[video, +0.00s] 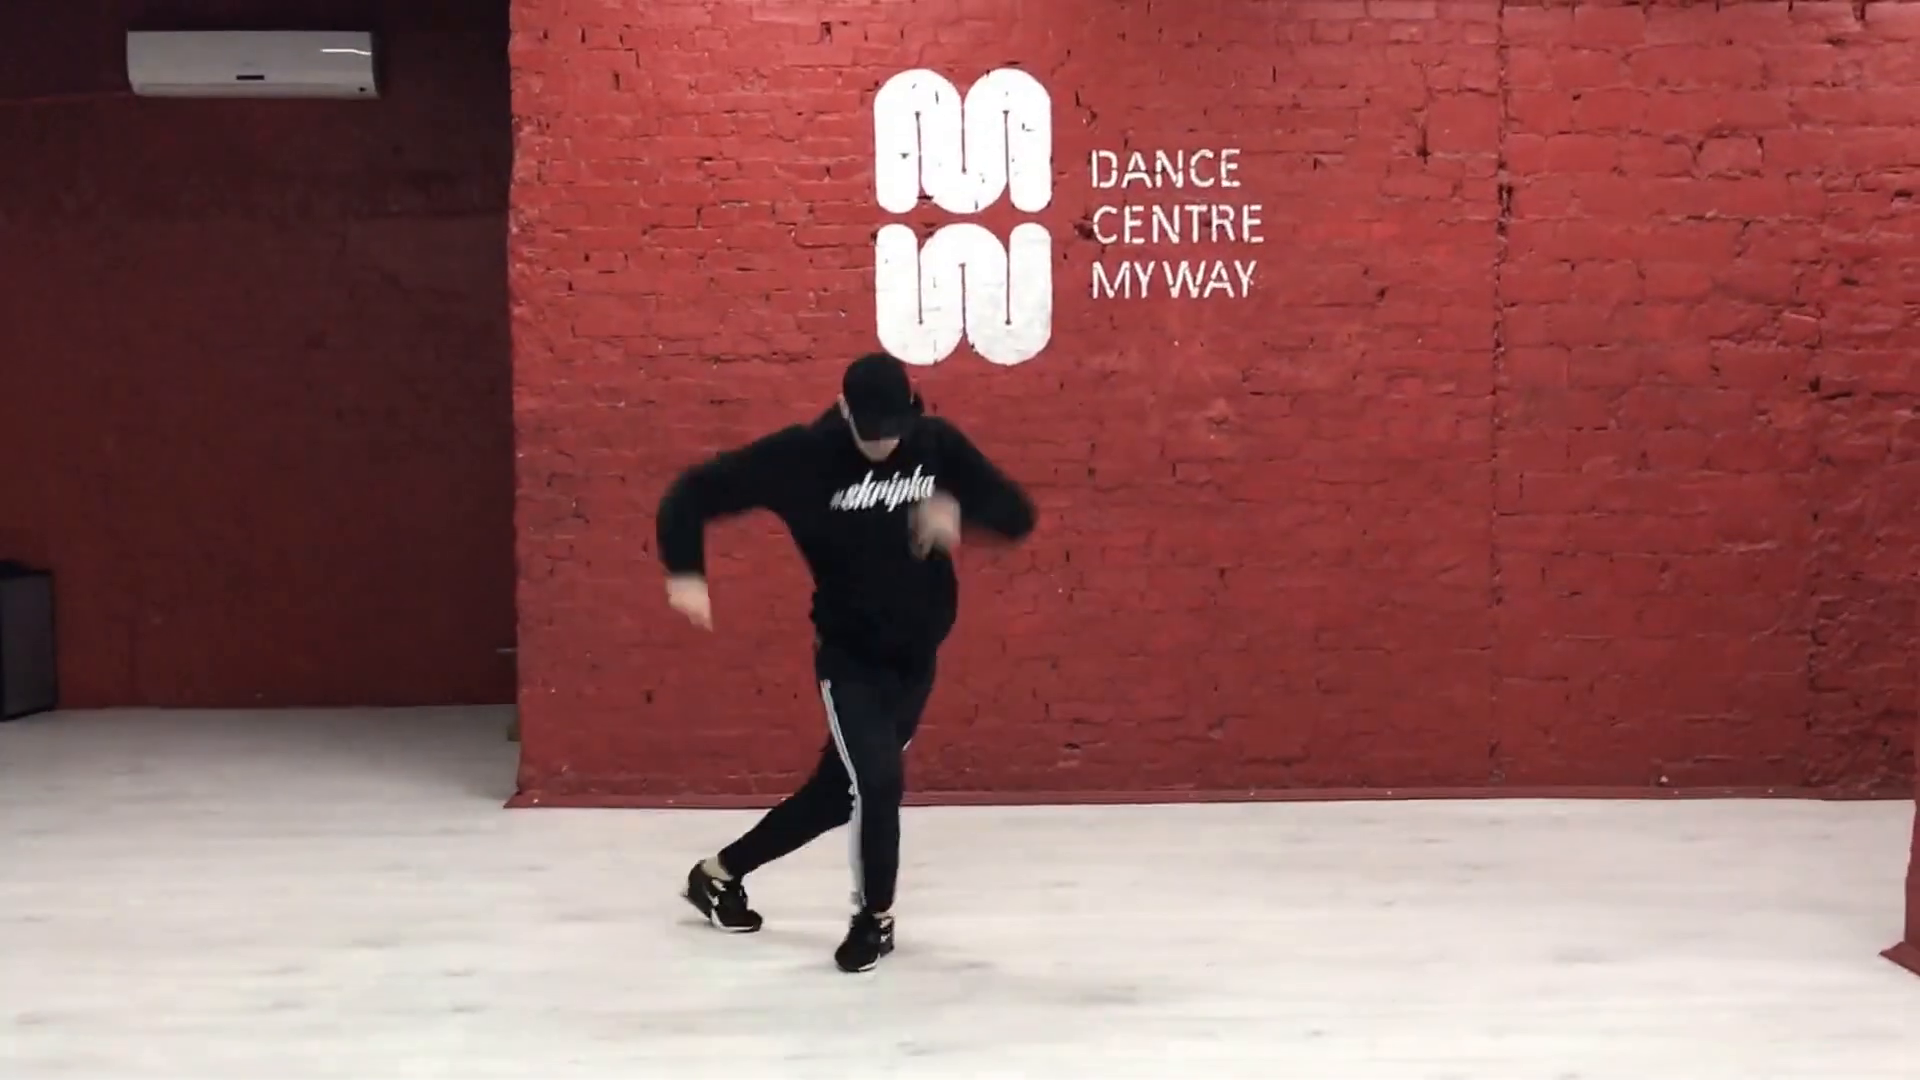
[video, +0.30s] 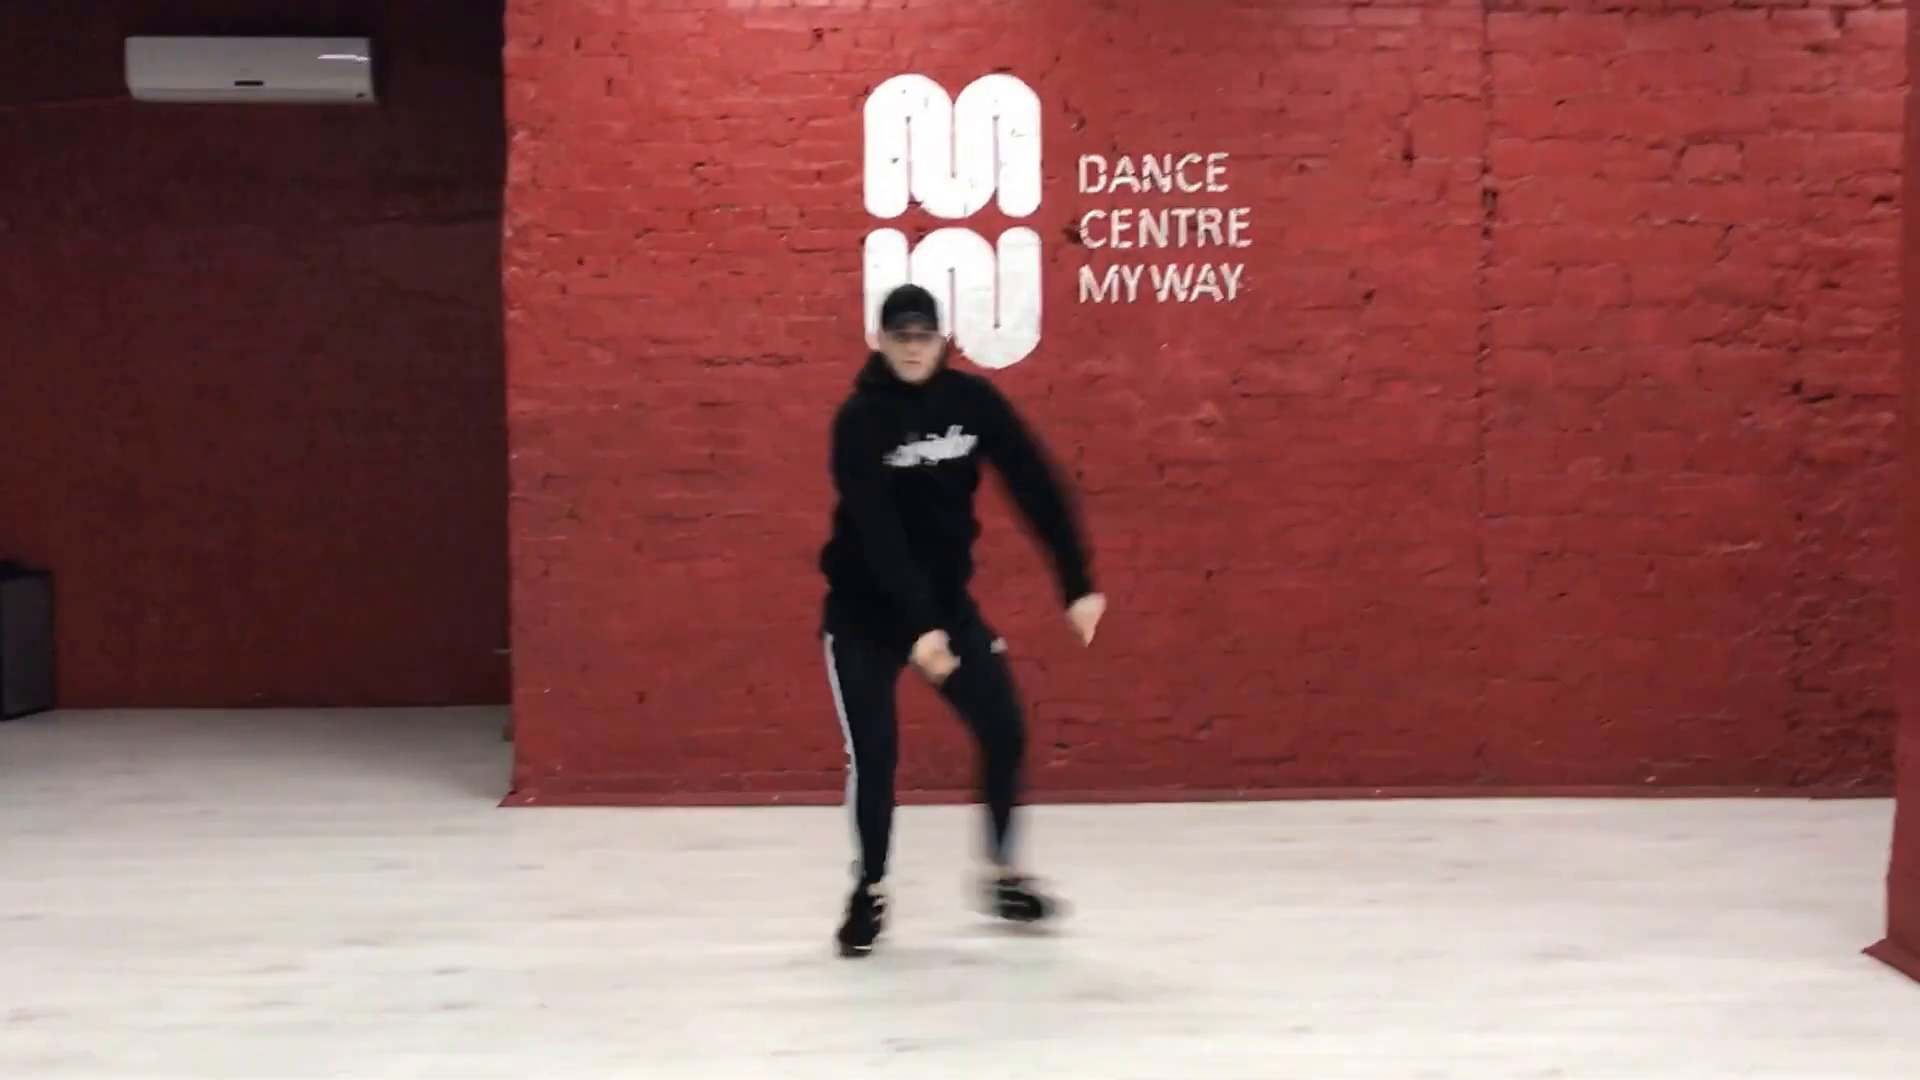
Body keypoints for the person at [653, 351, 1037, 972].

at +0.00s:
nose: (882, 448)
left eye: (892, 437)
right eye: (871, 438)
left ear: (909, 414)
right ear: (847, 415)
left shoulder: (935, 444)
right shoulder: (803, 455)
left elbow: (1018, 516)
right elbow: (690, 494)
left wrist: (961, 514)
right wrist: (684, 570)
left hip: (916, 652)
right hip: (846, 650)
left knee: (835, 796)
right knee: (879, 783)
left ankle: (720, 872)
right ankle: (874, 916)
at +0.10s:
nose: (873, 415)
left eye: (884, 402)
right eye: (862, 403)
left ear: (900, 390)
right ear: (841, 393)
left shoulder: (934, 421)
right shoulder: (811, 443)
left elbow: (1021, 460)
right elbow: (718, 483)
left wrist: (951, 502)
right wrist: (757, 534)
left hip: (920, 639)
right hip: (848, 639)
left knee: (858, 779)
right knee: (871, 774)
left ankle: (734, 864)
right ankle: (873, 913)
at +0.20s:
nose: (881, 346)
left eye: (892, 333)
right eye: (868, 334)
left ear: (913, 334)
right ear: (849, 337)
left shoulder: (957, 401)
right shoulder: (829, 427)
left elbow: (1000, 494)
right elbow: (812, 542)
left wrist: (1016, 596)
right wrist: (860, 614)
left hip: (935, 605)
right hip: (861, 613)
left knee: (931, 759)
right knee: (879, 756)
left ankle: (841, 841)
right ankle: (867, 906)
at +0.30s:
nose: (912, 349)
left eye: (923, 336)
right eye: (899, 337)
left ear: (941, 339)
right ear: (881, 340)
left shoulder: (976, 401)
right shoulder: (861, 418)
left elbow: (1036, 484)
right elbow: (872, 529)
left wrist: (1077, 582)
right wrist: (918, 624)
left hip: (946, 601)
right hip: (864, 607)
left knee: (1003, 727)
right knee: (873, 755)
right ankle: (869, 892)